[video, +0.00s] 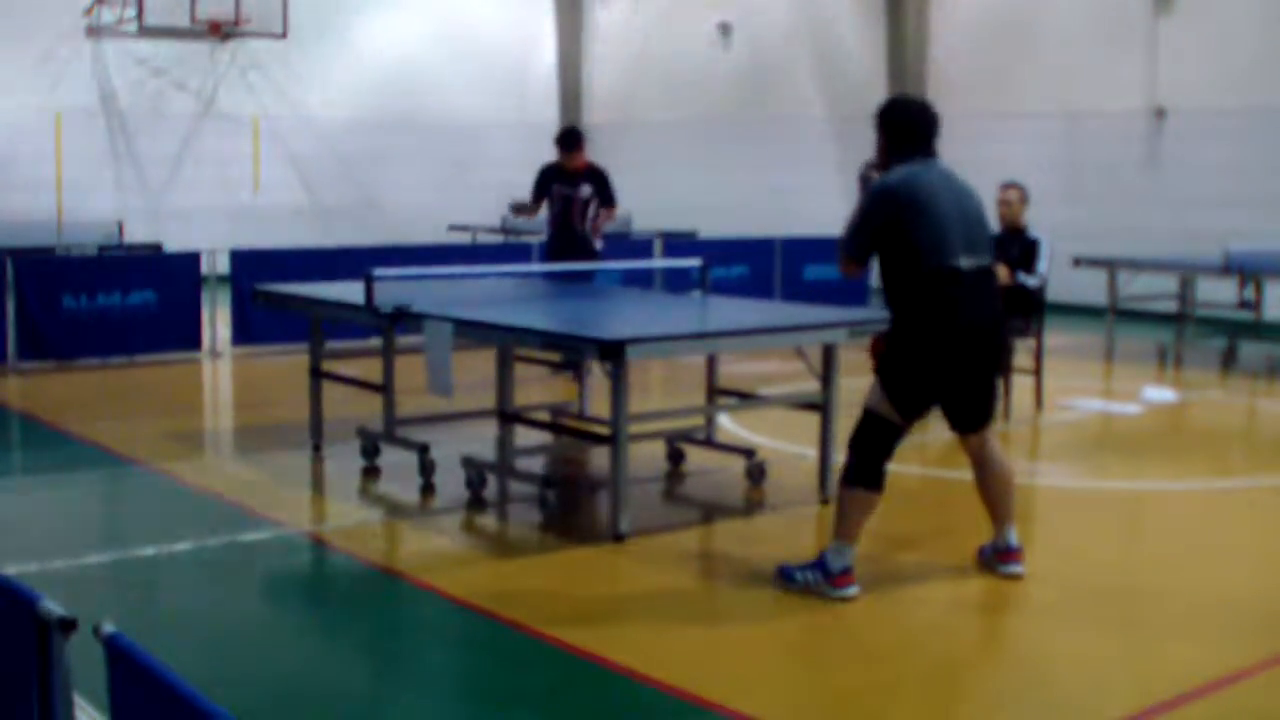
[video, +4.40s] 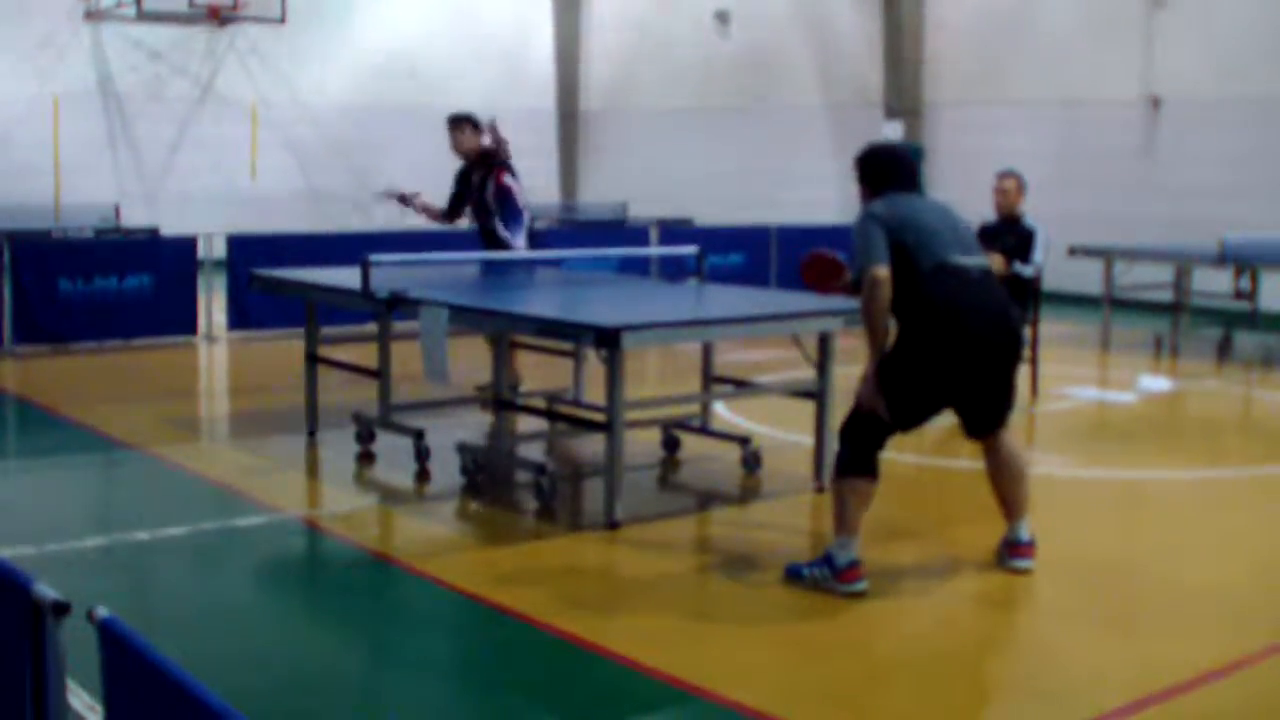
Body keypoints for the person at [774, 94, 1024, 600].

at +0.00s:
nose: (876, 145)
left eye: (879, 137)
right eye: (881, 136)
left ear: (885, 142)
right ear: (931, 138)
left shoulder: (888, 192)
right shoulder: (959, 188)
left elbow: (851, 264)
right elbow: (982, 267)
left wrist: (869, 197)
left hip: (921, 339)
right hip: (979, 338)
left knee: (869, 444)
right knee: (979, 438)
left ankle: (837, 562)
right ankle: (1007, 544)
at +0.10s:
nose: (880, 142)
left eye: (882, 135)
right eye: (886, 134)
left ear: (887, 139)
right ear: (935, 137)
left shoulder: (888, 190)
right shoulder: (964, 188)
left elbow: (851, 262)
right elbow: (991, 267)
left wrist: (871, 188)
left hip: (920, 340)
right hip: (979, 339)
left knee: (865, 435)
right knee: (977, 435)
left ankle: (840, 562)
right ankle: (1007, 544)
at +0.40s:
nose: (866, 148)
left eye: (869, 140)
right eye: (869, 139)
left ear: (874, 144)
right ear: (923, 141)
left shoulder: (871, 198)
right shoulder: (961, 195)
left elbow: (836, 270)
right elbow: (997, 277)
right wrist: (959, 309)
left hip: (902, 352)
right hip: (970, 350)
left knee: (848, 443)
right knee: (982, 440)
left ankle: (840, 563)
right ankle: (1017, 545)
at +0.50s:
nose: (871, 155)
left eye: (874, 147)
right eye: (873, 146)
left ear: (881, 150)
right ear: (927, 144)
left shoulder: (883, 201)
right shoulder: (968, 198)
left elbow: (860, 276)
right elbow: (1002, 280)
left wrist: (851, 330)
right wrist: (965, 311)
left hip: (917, 351)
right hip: (982, 350)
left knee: (864, 441)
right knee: (990, 444)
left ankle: (841, 562)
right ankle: (1022, 548)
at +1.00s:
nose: (857, 215)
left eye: (857, 207)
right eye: (857, 207)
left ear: (866, 204)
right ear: (909, 196)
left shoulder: (875, 231)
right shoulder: (945, 231)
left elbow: (881, 294)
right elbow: (985, 283)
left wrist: (869, 360)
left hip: (937, 350)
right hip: (999, 348)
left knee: (861, 443)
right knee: (995, 441)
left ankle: (846, 568)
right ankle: (1024, 547)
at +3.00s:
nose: (848, 210)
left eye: (847, 201)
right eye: (846, 201)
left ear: (855, 200)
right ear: (899, 189)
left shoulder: (870, 224)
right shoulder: (932, 219)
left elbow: (885, 280)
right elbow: (933, 278)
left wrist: (878, 360)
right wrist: (853, 285)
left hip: (939, 342)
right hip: (999, 337)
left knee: (861, 434)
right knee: (993, 431)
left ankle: (845, 558)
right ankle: (1021, 537)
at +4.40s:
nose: (860, 192)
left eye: (861, 185)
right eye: (862, 185)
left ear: (869, 184)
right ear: (914, 180)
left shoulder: (875, 216)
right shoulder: (944, 213)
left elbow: (877, 280)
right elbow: (987, 267)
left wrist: (875, 361)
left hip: (935, 339)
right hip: (996, 338)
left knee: (861, 435)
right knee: (994, 431)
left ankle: (843, 556)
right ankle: (1020, 535)